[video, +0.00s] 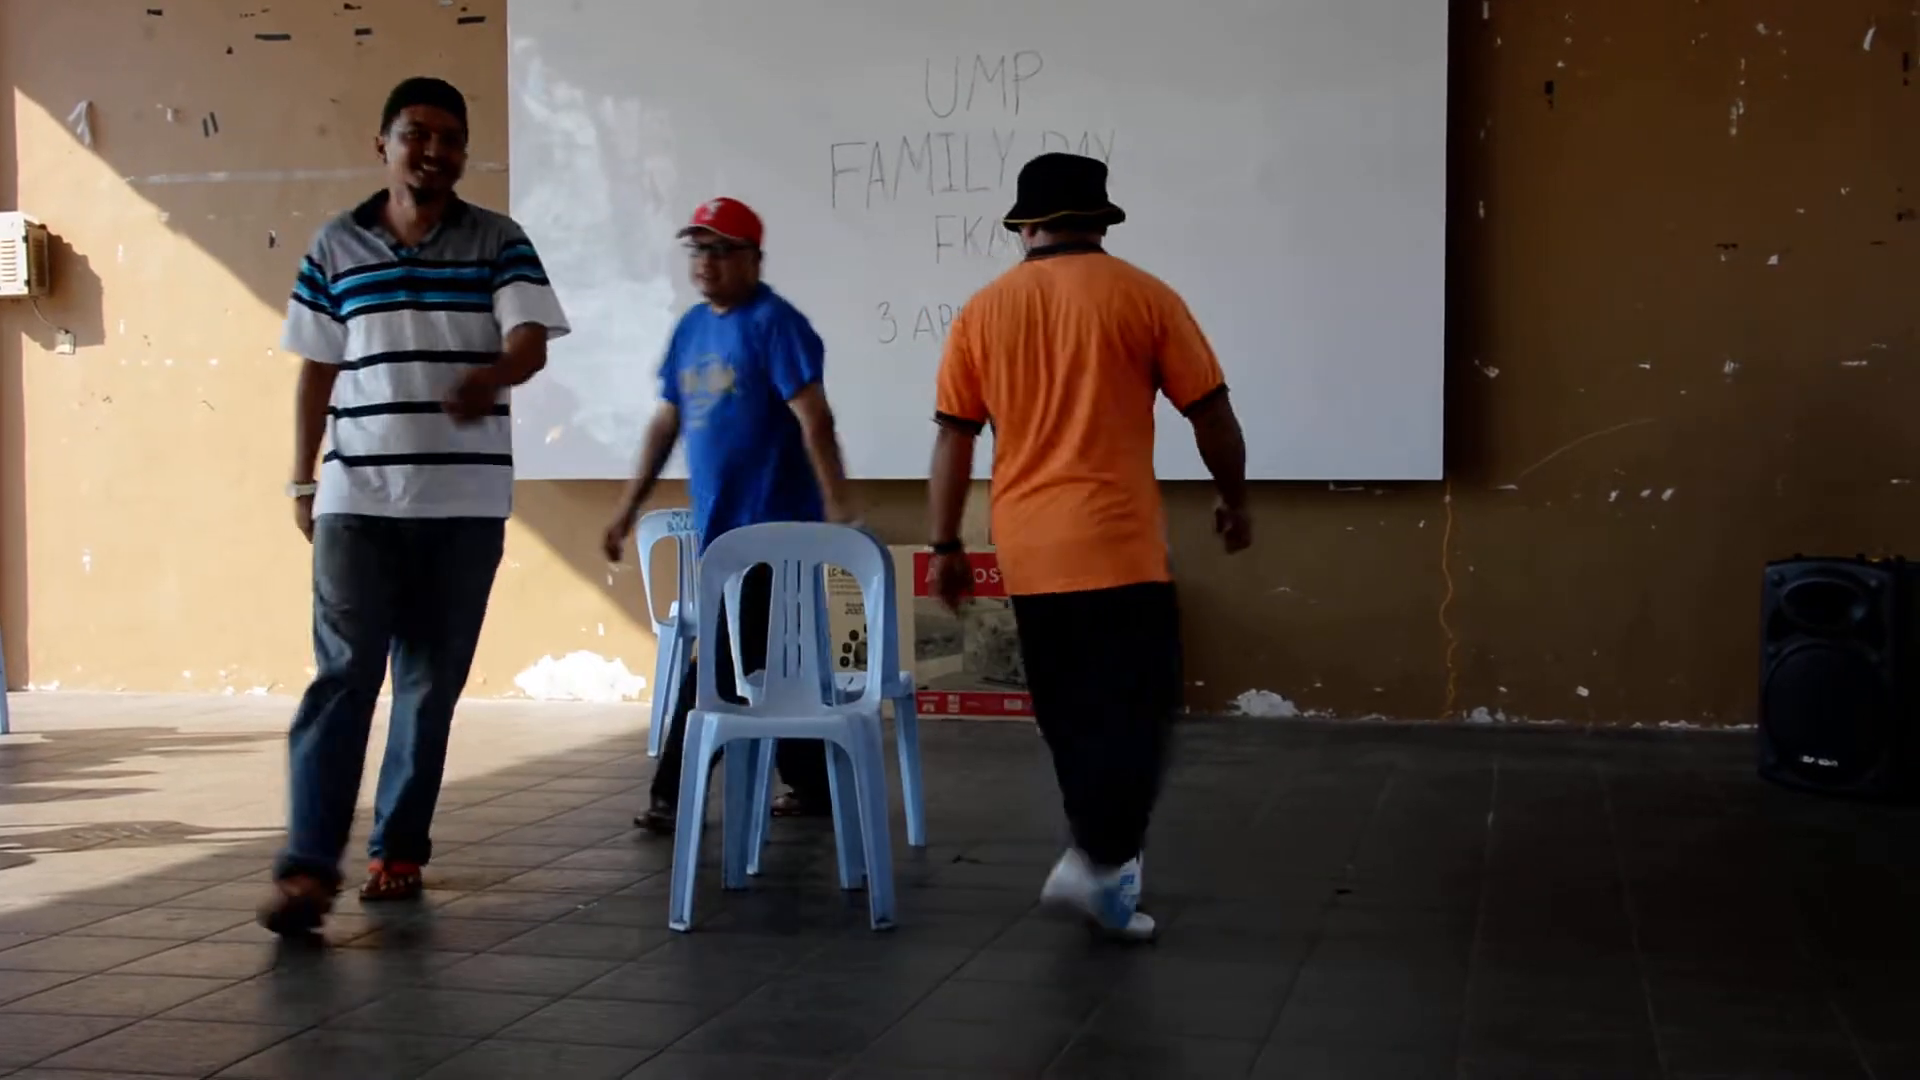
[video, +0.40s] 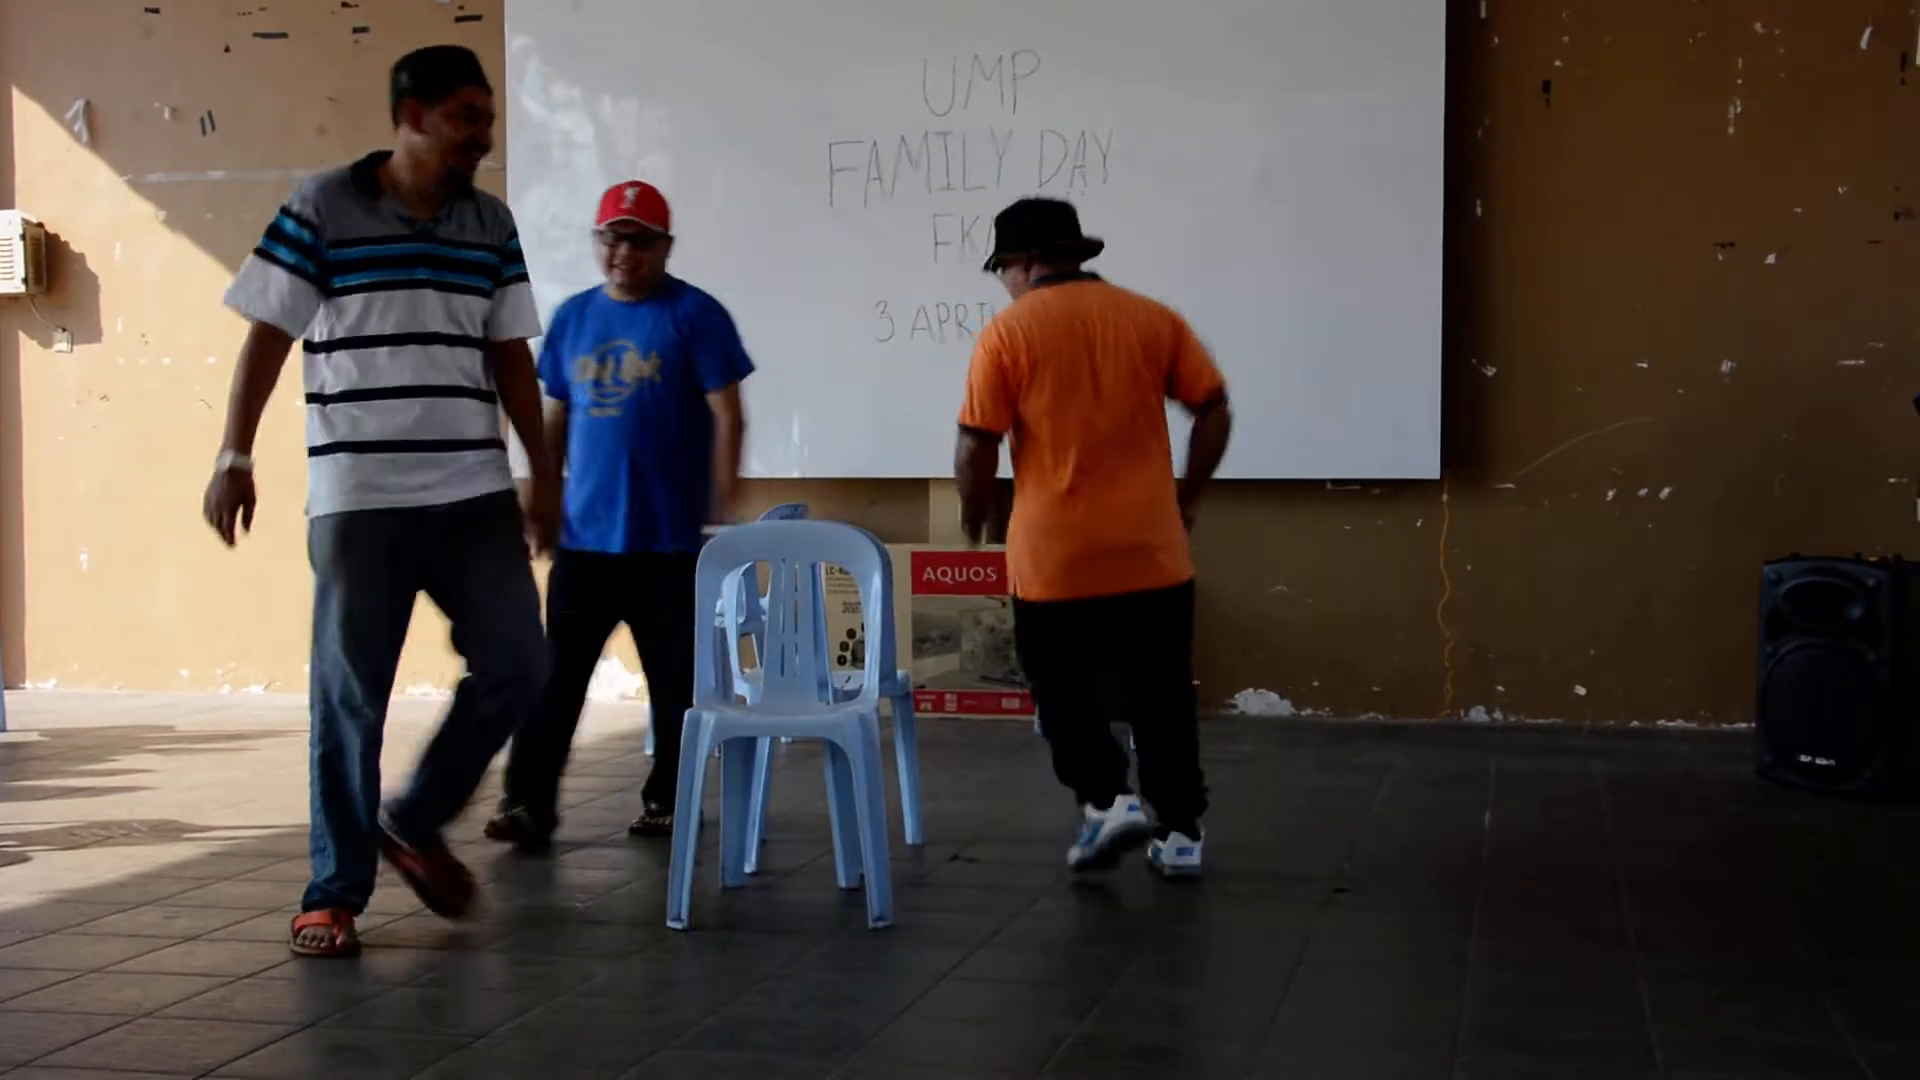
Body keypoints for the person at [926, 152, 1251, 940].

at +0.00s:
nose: (1024, 242)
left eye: (1022, 232)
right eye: (1099, 226)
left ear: (1026, 231)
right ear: (1100, 225)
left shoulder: (985, 311)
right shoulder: (1143, 295)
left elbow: (954, 437)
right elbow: (1211, 413)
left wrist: (944, 547)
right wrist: (1232, 497)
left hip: (1030, 556)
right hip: (1125, 550)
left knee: (1068, 713)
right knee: (1143, 705)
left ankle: (1116, 889)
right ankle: (1089, 860)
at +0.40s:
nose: (1004, 284)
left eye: (1005, 270)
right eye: (1002, 271)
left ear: (1028, 264)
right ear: (1076, 258)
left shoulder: (1008, 333)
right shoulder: (1150, 316)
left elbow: (975, 451)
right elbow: (1213, 409)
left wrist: (976, 517)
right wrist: (1187, 495)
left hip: (1054, 551)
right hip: (1152, 541)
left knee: (1062, 690)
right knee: (1164, 694)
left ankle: (1107, 800)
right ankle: (1180, 833)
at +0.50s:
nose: (990, 294)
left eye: (991, 280)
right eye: (988, 281)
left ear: (1015, 273)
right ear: (1061, 266)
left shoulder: (1008, 337)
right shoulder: (1133, 323)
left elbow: (983, 450)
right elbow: (1177, 424)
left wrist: (981, 527)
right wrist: (1116, 462)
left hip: (1045, 547)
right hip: (1140, 543)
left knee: (1040, 686)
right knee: (1146, 689)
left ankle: (1087, 809)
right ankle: (1178, 830)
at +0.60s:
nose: (957, 283)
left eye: (959, 269)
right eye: (955, 271)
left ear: (988, 261)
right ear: (1026, 255)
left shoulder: (987, 323)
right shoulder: (1102, 310)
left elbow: (986, 419)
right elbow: (1134, 409)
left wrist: (984, 510)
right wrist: (1077, 453)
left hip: (1028, 539)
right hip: (1117, 533)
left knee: (1023, 678)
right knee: (1120, 659)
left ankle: (1056, 804)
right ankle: (1171, 777)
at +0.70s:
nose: (928, 296)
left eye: (930, 280)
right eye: (925, 281)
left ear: (959, 272)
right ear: (989, 268)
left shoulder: (964, 336)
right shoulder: (1061, 319)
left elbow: (971, 434)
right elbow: (1096, 414)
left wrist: (944, 518)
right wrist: (1042, 467)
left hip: (1006, 541)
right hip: (1084, 533)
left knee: (1005, 681)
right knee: (1090, 646)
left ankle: (1049, 805)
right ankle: (1147, 741)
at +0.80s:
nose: (899, 302)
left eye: (903, 287)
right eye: (896, 289)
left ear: (933, 277)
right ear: (961, 272)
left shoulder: (944, 338)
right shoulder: (1023, 322)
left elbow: (939, 441)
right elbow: (1069, 407)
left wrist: (887, 489)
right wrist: (1035, 473)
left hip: (981, 542)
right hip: (1045, 532)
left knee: (989, 679)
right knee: (1020, 652)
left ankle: (1046, 803)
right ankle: (1080, 757)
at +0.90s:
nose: (867, 292)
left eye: (872, 278)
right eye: (864, 280)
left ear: (903, 269)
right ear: (928, 264)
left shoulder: (916, 328)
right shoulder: (987, 311)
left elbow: (914, 428)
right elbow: (1036, 388)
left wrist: (854, 470)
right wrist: (1007, 454)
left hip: (952, 532)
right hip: (1008, 521)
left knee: (957, 665)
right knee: (976, 656)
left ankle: (1041, 781)